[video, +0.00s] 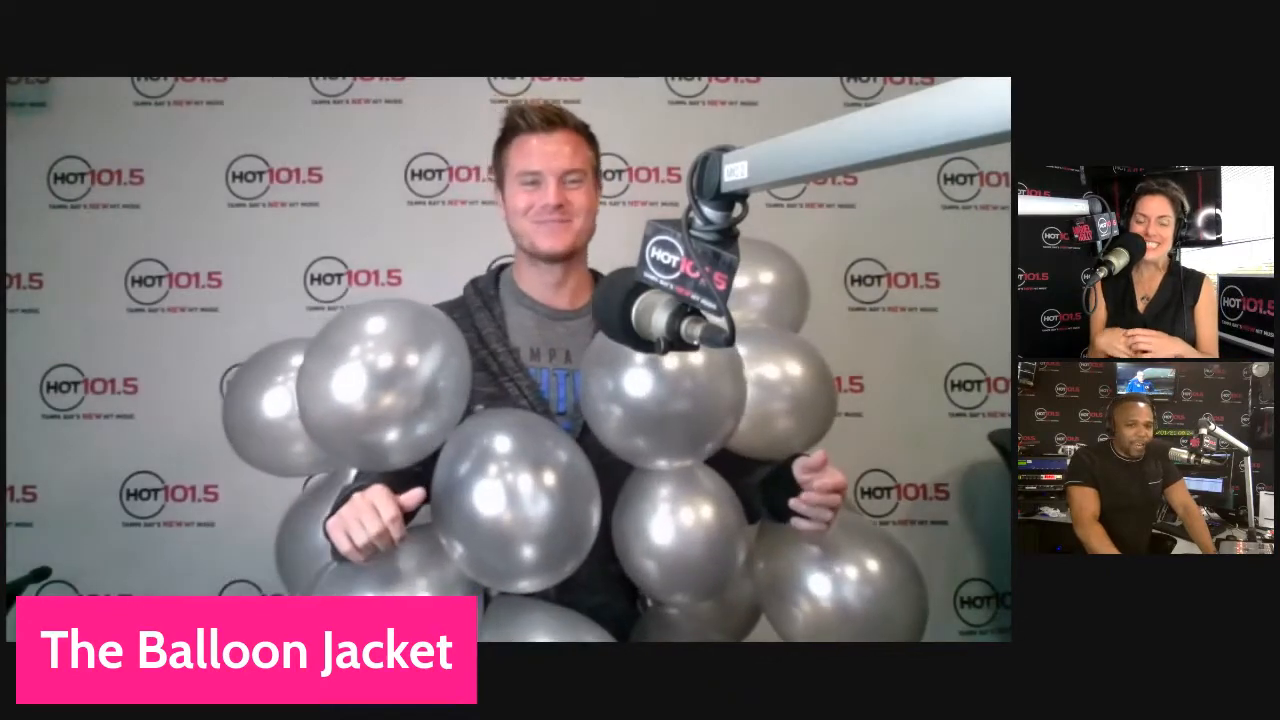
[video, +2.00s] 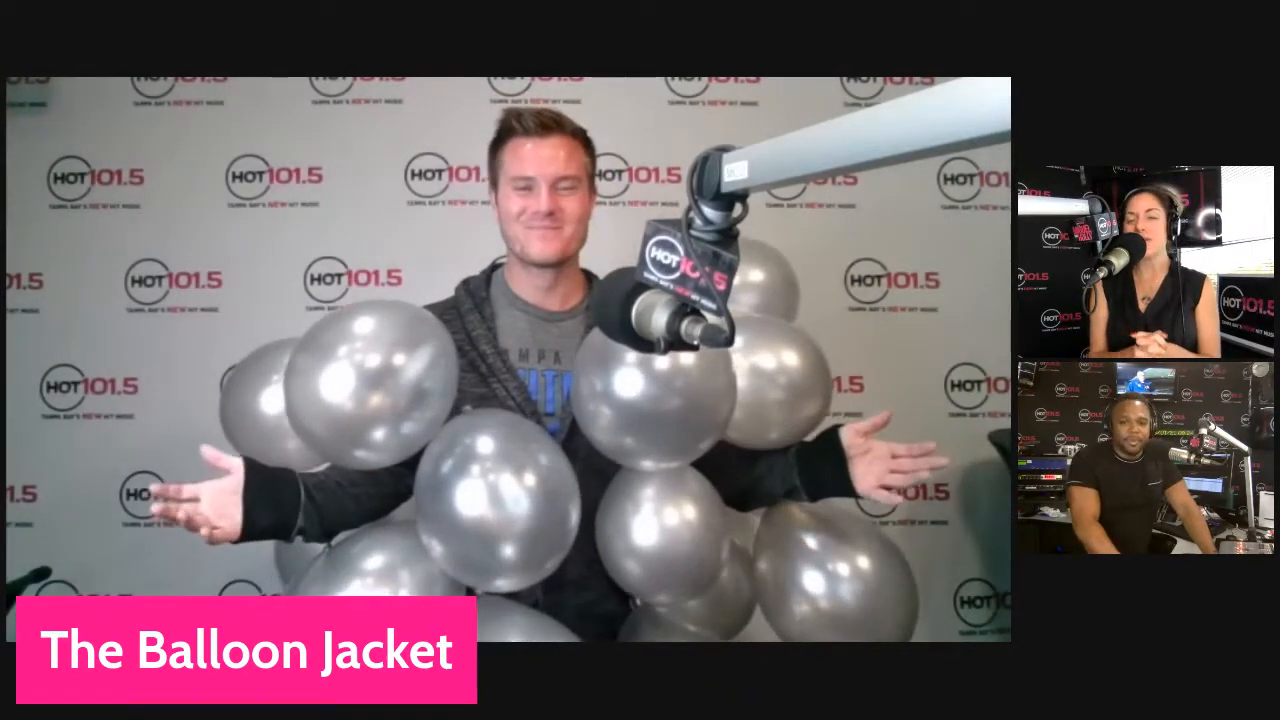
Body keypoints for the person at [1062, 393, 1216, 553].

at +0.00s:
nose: (1142, 433)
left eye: (1148, 425)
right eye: (1131, 425)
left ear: (1154, 428)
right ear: (1112, 427)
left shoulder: (1157, 458)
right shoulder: (1087, 460)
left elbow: (1186, 508)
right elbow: (1086, 524)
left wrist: (1211, 552)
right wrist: (1118, 560)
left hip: (1144, 556)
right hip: (1100, 556)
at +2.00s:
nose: (1134, 429)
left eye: (1142, 422)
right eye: (1125, 422)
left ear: (1151, 428)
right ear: (1111, 427)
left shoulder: (1158, 458)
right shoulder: (1088, 461)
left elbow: (1188, 509)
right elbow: (1086, 525)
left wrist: (1211, 553)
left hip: (1143, 556)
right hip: (1100, 557)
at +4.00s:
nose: (1138, 431)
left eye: (1145, 424)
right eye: (1128, 423)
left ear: (1153, 429)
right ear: (1112, 427)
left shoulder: (1158, 458)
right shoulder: (1088, 461)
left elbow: (1188, 509)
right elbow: (1086, 525)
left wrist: (1211, 553)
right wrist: (1120, 565)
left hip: (1142, 557)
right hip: (1096, 560)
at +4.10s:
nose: (1138, 431)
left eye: (1145, 424)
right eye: (1128, 423)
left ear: (1153, 429)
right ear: (1112, 427)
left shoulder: (1158, 458)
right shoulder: (1088, 461)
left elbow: (1188, 509)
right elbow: (1086, 525)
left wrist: (1211, 553)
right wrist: (1120, 565)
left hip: (1142, 557)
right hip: (1096, 559)